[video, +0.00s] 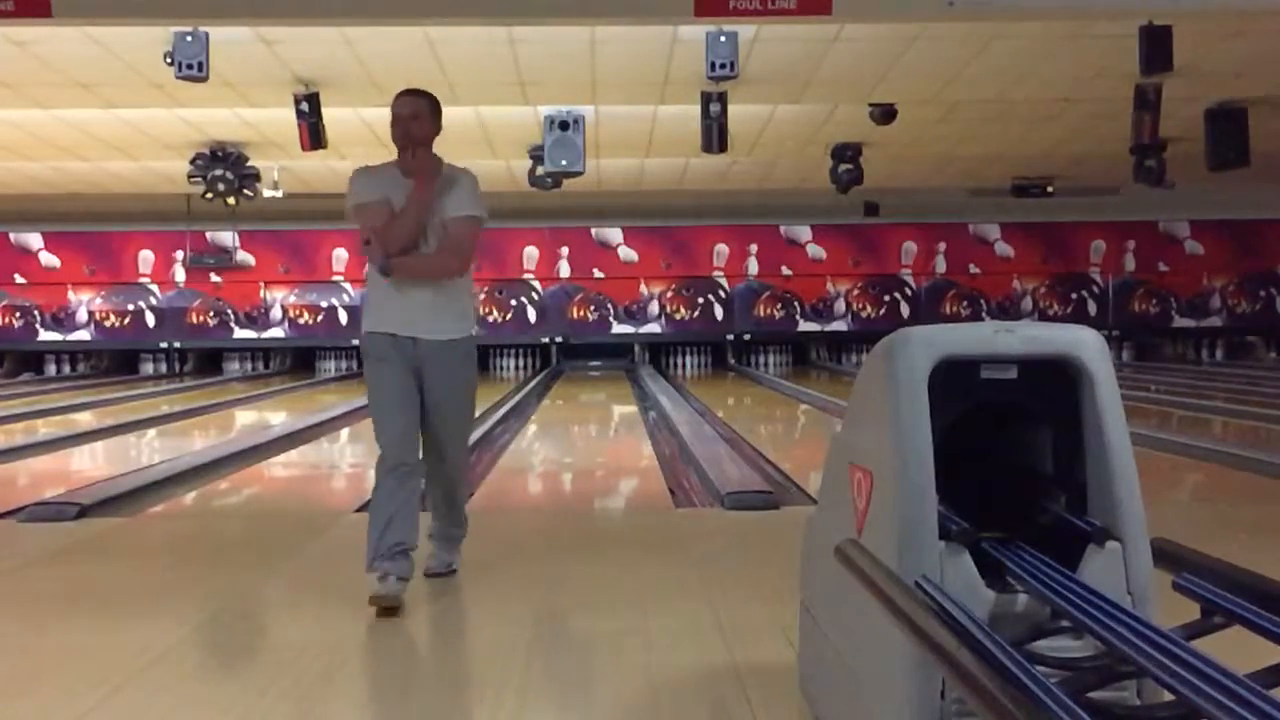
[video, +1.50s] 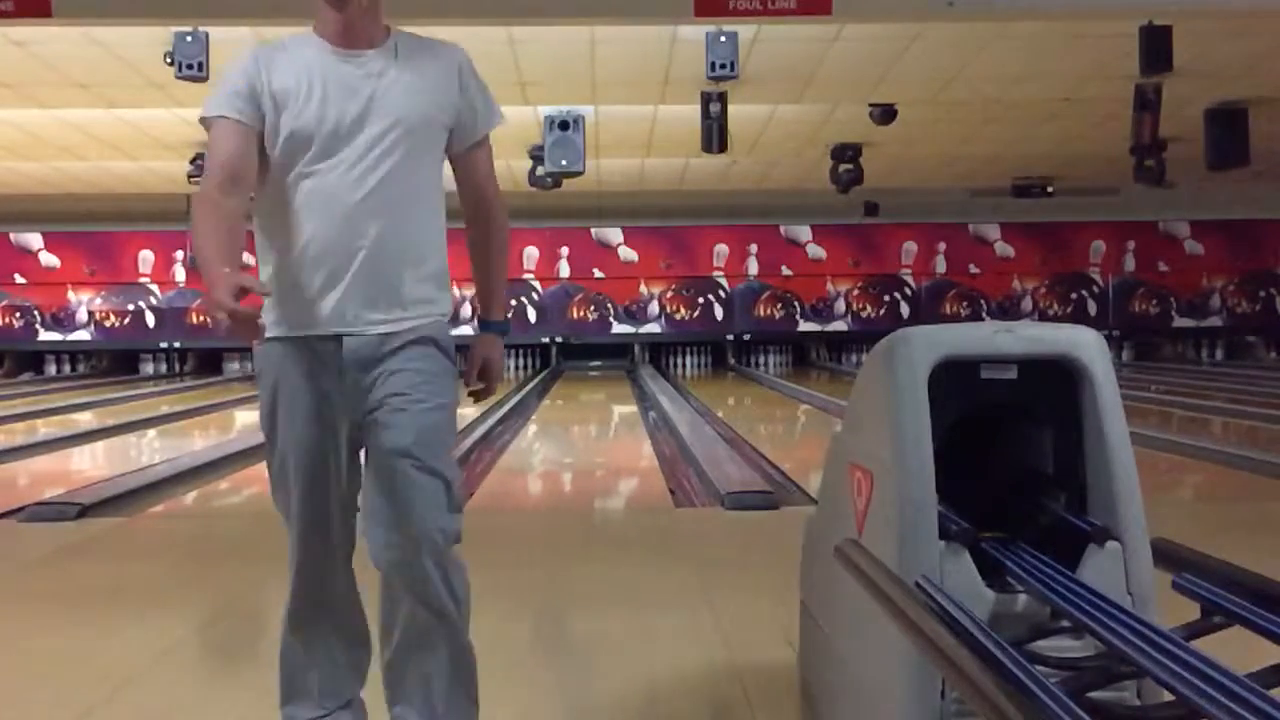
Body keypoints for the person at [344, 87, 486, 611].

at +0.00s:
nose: (406, 129)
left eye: (416, 119)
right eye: (398, 120)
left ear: (437, 126)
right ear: (389, 126)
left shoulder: (461, 183)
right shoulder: (369, 180)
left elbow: (456, 261)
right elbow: (390, 242)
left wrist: (393, 265)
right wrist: (425, 186)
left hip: (449, 337)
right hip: (387, 334)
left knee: (446, 452)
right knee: (397, 453)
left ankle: (446, 542)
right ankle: (390, 568)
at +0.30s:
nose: (381, 92)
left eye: (391, 82)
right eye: (371, 83)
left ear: (410, 94)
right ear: (356, 95)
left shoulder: (438, 152)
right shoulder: (342, 153)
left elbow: (468, 236)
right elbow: (394, 218)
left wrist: (407, 244)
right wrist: (429, 147)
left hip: (431, 324)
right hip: (366, 325)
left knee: (430, 447)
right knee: (377, 455)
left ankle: (436, 571)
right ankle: (386, 576)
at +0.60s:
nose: (375, 75)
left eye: (387, 65)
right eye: (365, 66)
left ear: (410, 80)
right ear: (352, 81)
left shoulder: (445, 159)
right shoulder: (320, 156)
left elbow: (471, 245)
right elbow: (297, 244)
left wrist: (458, 266)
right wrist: (355, 257)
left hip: (415, 345)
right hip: (341, 346)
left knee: (395, 486)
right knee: (352, 486)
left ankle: (379, 635)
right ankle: (377, 588)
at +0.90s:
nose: (362, 34)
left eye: (376, 23)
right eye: (350, 24)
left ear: (404, 38)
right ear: (339, 40)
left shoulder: (445, 125)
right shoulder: (307, 129)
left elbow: (483, 233)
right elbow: (263, 228)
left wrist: (461, 222)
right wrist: (216, 305)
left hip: (412, 337)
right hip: (325, 331)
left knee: (399, 499)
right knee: (325, 484)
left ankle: (379, 641)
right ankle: (319, 651)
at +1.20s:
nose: (337, 5)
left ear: (382, 11)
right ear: (312, 11)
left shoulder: (432, 100)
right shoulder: (274, 110)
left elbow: (456, 209)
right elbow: (256, 236)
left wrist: (463, 314)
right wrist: (249, 336)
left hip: (405, 349)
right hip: (305, 343)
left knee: (401, 525)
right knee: (319, 526)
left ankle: (379, 635)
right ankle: (320, 704)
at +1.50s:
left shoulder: (445, 67)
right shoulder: (260, 70)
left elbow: (483, 207)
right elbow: (222, 184)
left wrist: (490, 326)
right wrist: (219, 274)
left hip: (411, 340)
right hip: (297, 345)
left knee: (418, 539)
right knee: (317, 550)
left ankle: (435, 712)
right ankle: (324, 709)